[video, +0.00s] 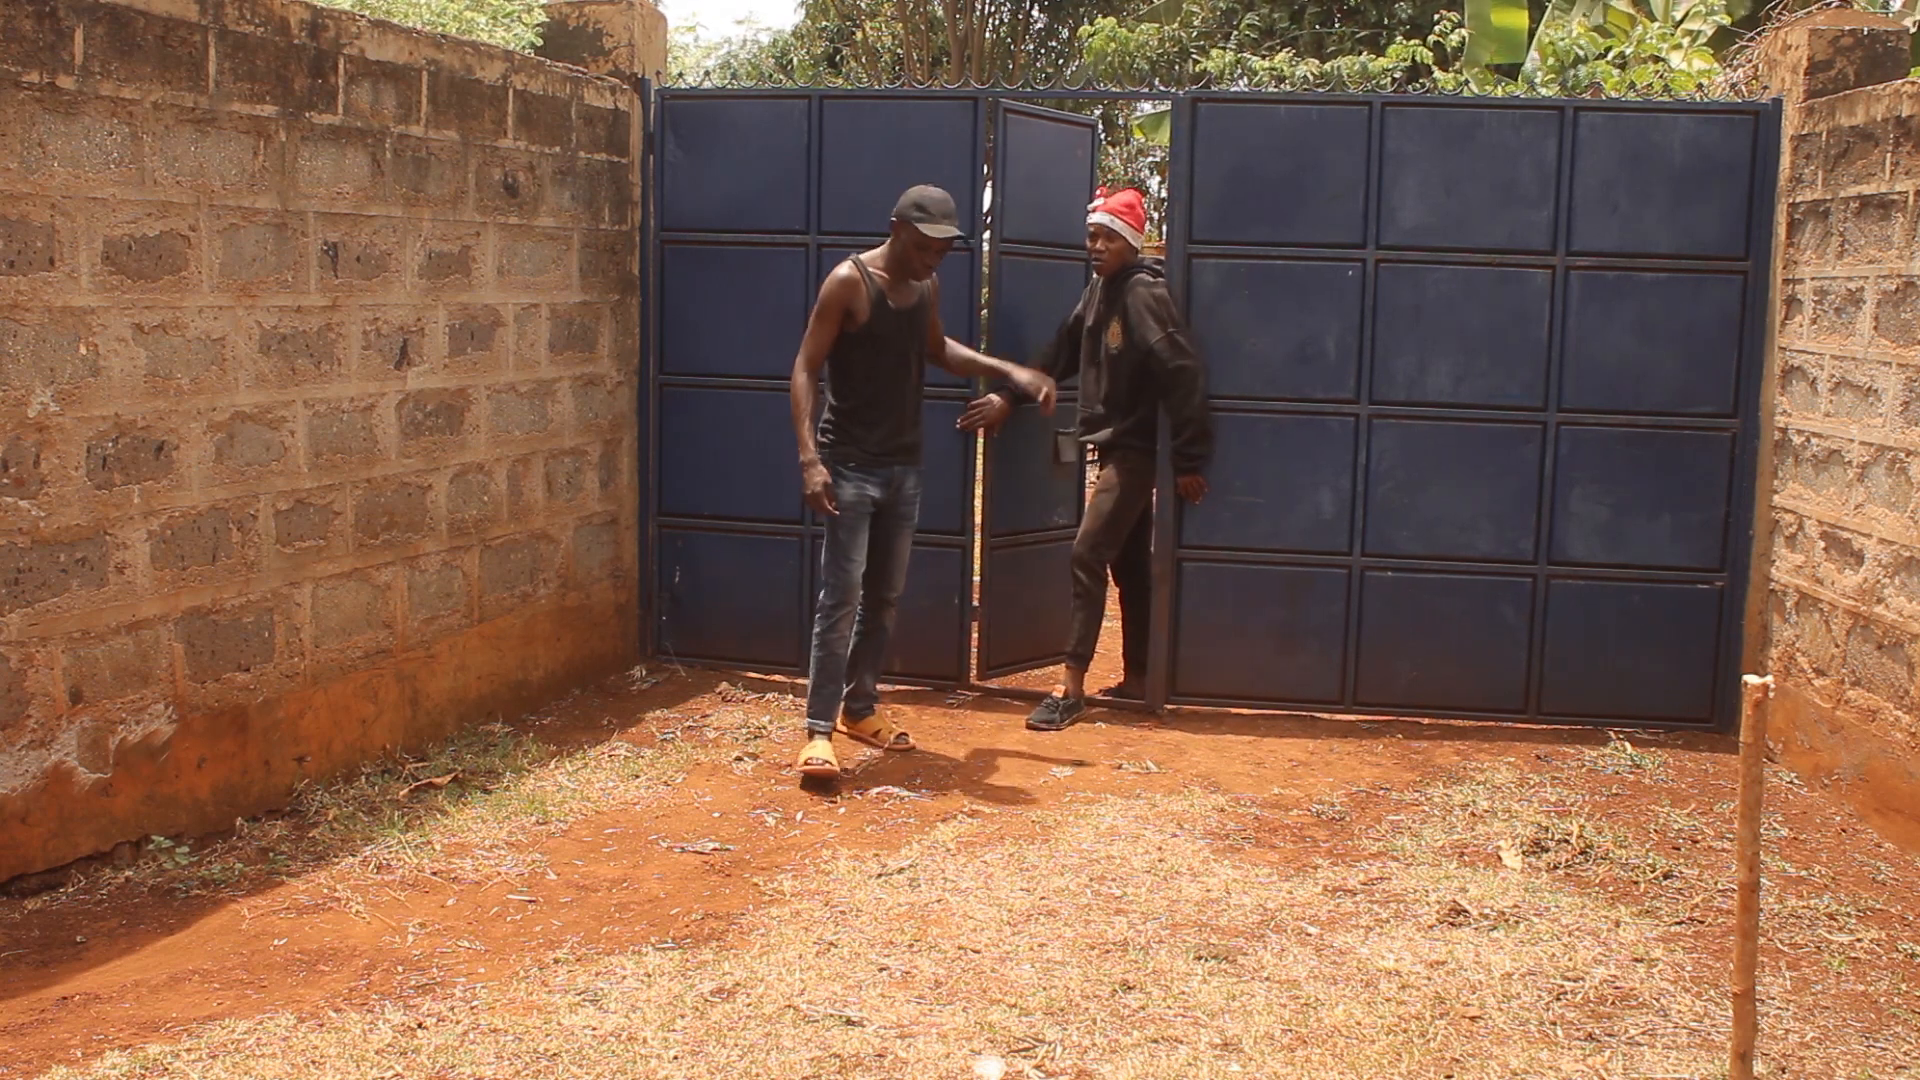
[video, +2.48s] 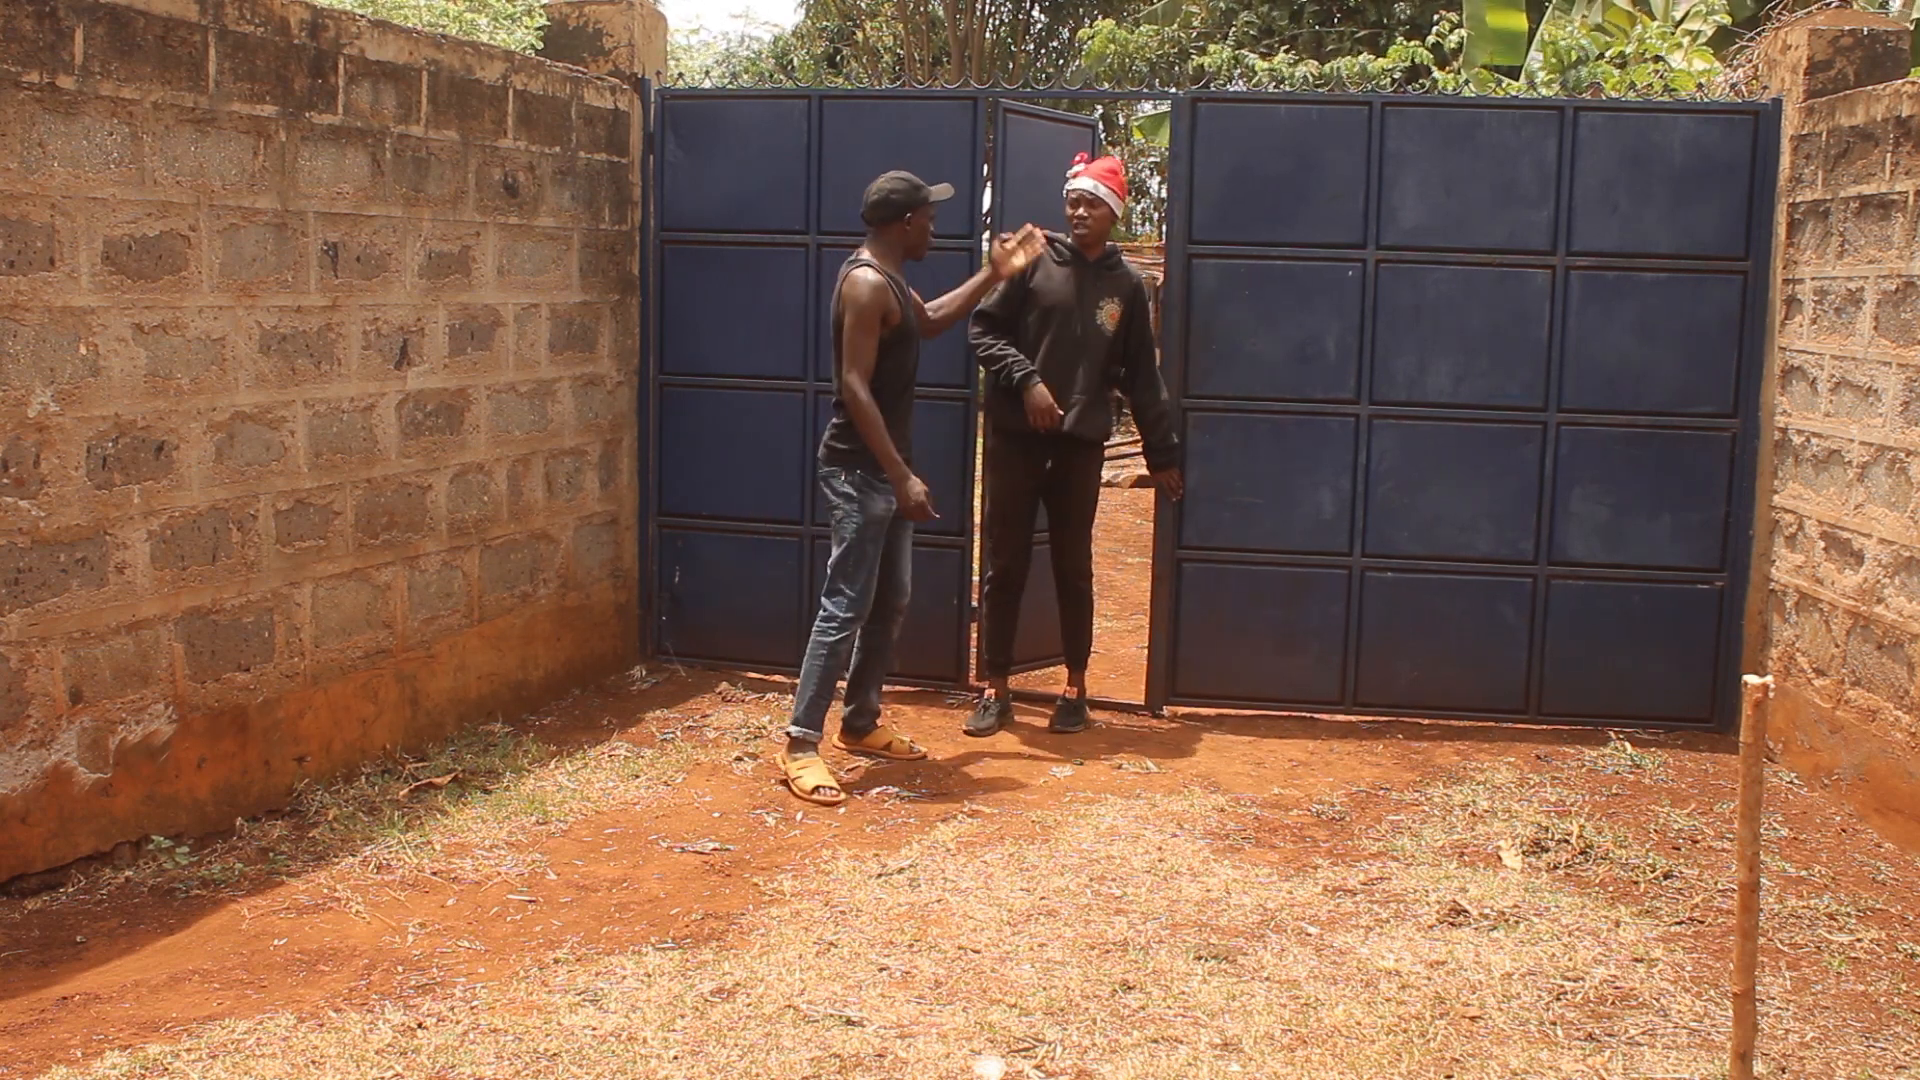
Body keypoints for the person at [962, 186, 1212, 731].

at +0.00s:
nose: (1096, 243)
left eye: (1107, 235)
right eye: (1091, 233)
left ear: (1134, 241)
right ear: (1088, 238)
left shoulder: (1144, 292)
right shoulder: (1097, 293)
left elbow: (1183, 372)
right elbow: (1057, 357)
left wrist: (1188, 461)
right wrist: (1007, 397)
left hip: (1132, 452)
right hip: (1105, 450)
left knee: (1086, 557)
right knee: (1132, 567)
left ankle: (1071, 690)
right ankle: (1140, 676)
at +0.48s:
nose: (1091, 242)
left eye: (1102, 234)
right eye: (1087, 233)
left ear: (1129, 241)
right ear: (1083, 237)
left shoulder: (1142, 293)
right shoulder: (1087, 289)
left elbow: (1186, 373)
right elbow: (1057, 357)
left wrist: (1189, 461)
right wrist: (1007, 396)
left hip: (1130, 452)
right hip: (1097, 451)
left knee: (1076, 557)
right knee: (1126, 571)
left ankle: (1070, 691)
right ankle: (1138, 677)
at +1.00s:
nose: (1086, 224)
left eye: (1101, 219)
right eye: (1085, 214)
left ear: (1124, 235)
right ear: (1078, 221)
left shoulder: (1143, 294)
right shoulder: (1061, 273)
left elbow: (1182, 376)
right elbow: (1038, 345)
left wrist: (1174, 457)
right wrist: (1000, 395)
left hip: (1111, 452)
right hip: (1059, 447)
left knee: (1078, 569)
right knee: (1063, 566)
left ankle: (1073, 691)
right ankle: (1111, 661)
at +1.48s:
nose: (1097, 208)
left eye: (1110, 201)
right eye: (1093, 199)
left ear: (1137, 212)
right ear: (1086, 205)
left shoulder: (1158, 282)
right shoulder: (1060, 257)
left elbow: (1169, 375)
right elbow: (1019, 325)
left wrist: (1168, 454)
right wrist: (993, 380)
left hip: (1102, 443)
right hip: (1038, 433)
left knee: (1086, 566)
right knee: (1006, 549)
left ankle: (1078, 687)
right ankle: (1045, 634)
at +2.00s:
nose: (1076, 209)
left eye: (1088, 199)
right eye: (1069, 198)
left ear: (1113, 206)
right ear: (1060, 204)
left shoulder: (1134, 280)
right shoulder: (1030, 258)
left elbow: (1153, 374)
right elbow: (963, 300)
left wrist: (1163, 454)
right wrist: (1002, 233)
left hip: (1088, 441)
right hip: (1022, 435)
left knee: (1080, 566)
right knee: (1010, 563)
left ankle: (1076, 689)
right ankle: (994, 690)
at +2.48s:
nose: (1081, 212)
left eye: (1093, 204)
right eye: (1074, 201)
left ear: (1116, 213)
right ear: (1063, 205)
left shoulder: (1126, 284)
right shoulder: (1027, 256)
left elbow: (1143, 375)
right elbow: (983, 328)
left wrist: (1163, 454)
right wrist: (1026, 380)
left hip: (1079, 447)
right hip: (1012, 440)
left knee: (1073, 569)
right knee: (1005, 566)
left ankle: (1074, 688)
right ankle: (993, 691)